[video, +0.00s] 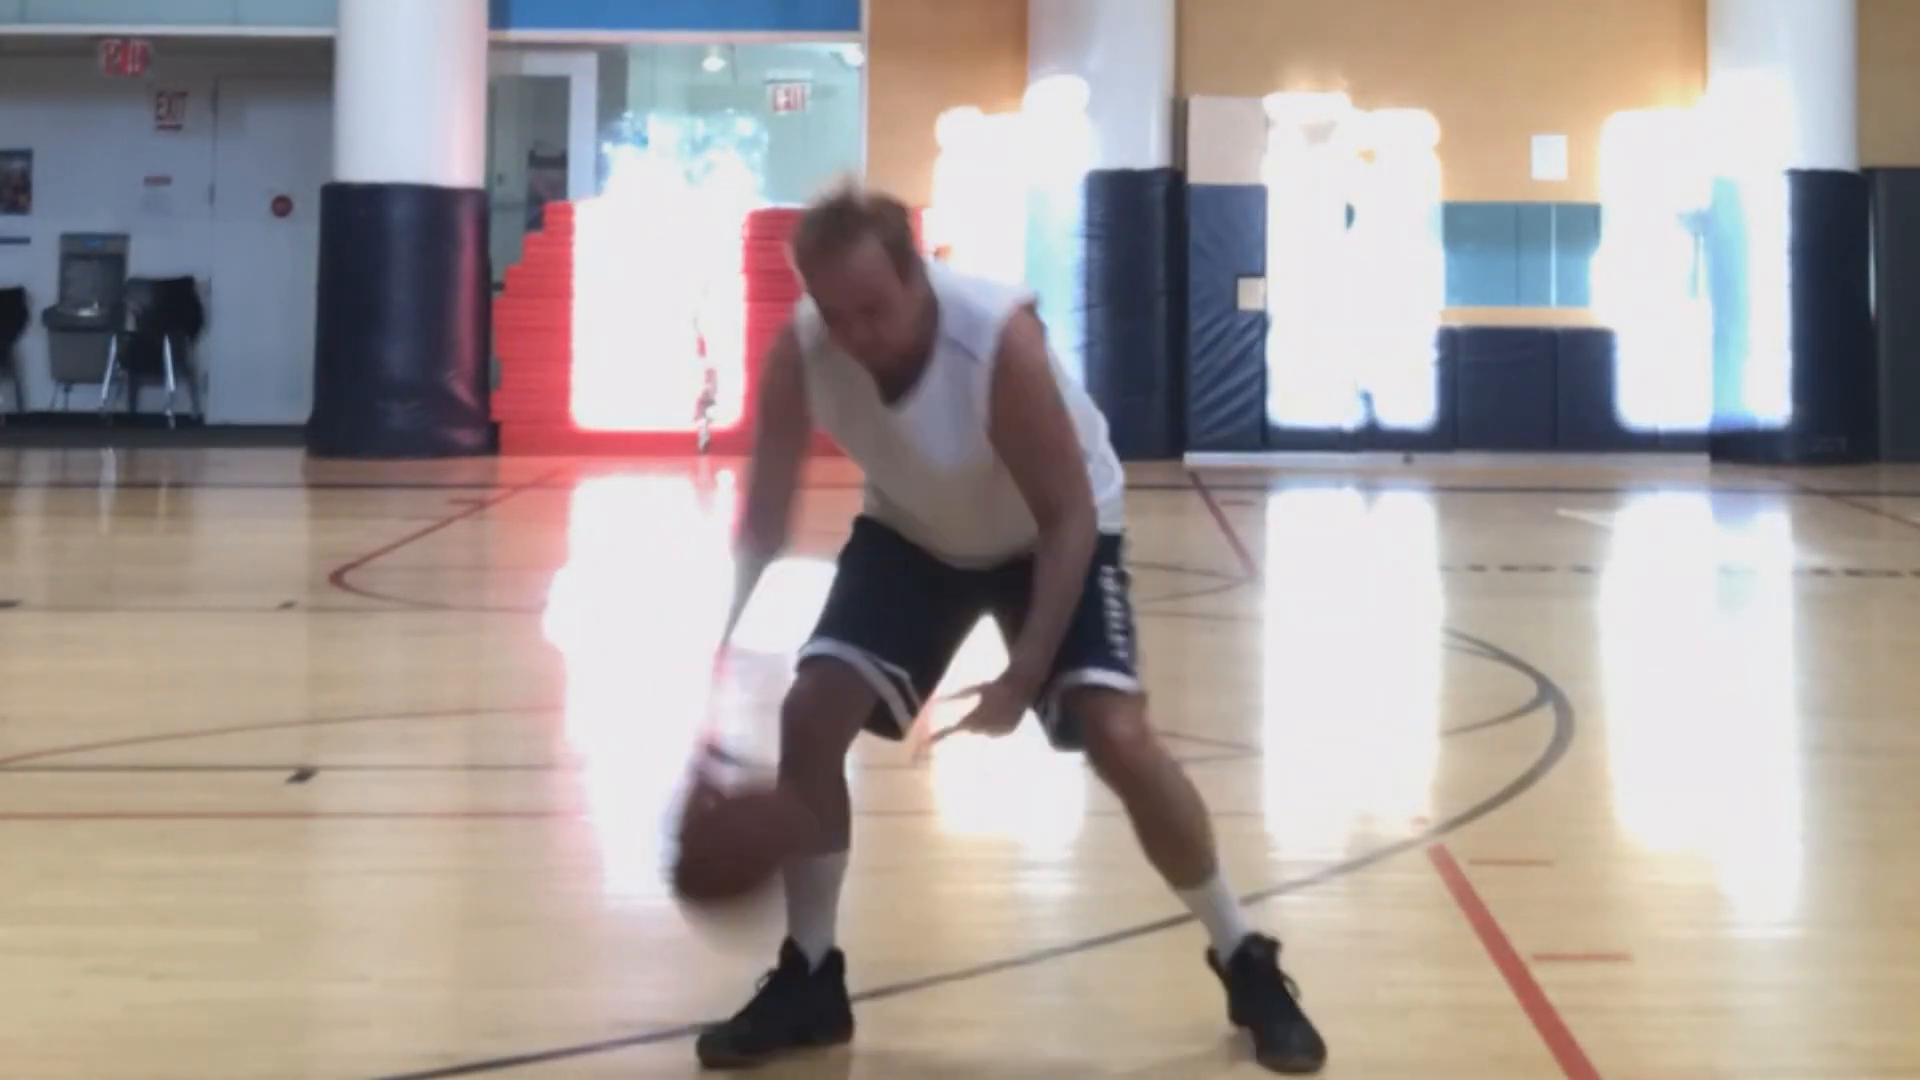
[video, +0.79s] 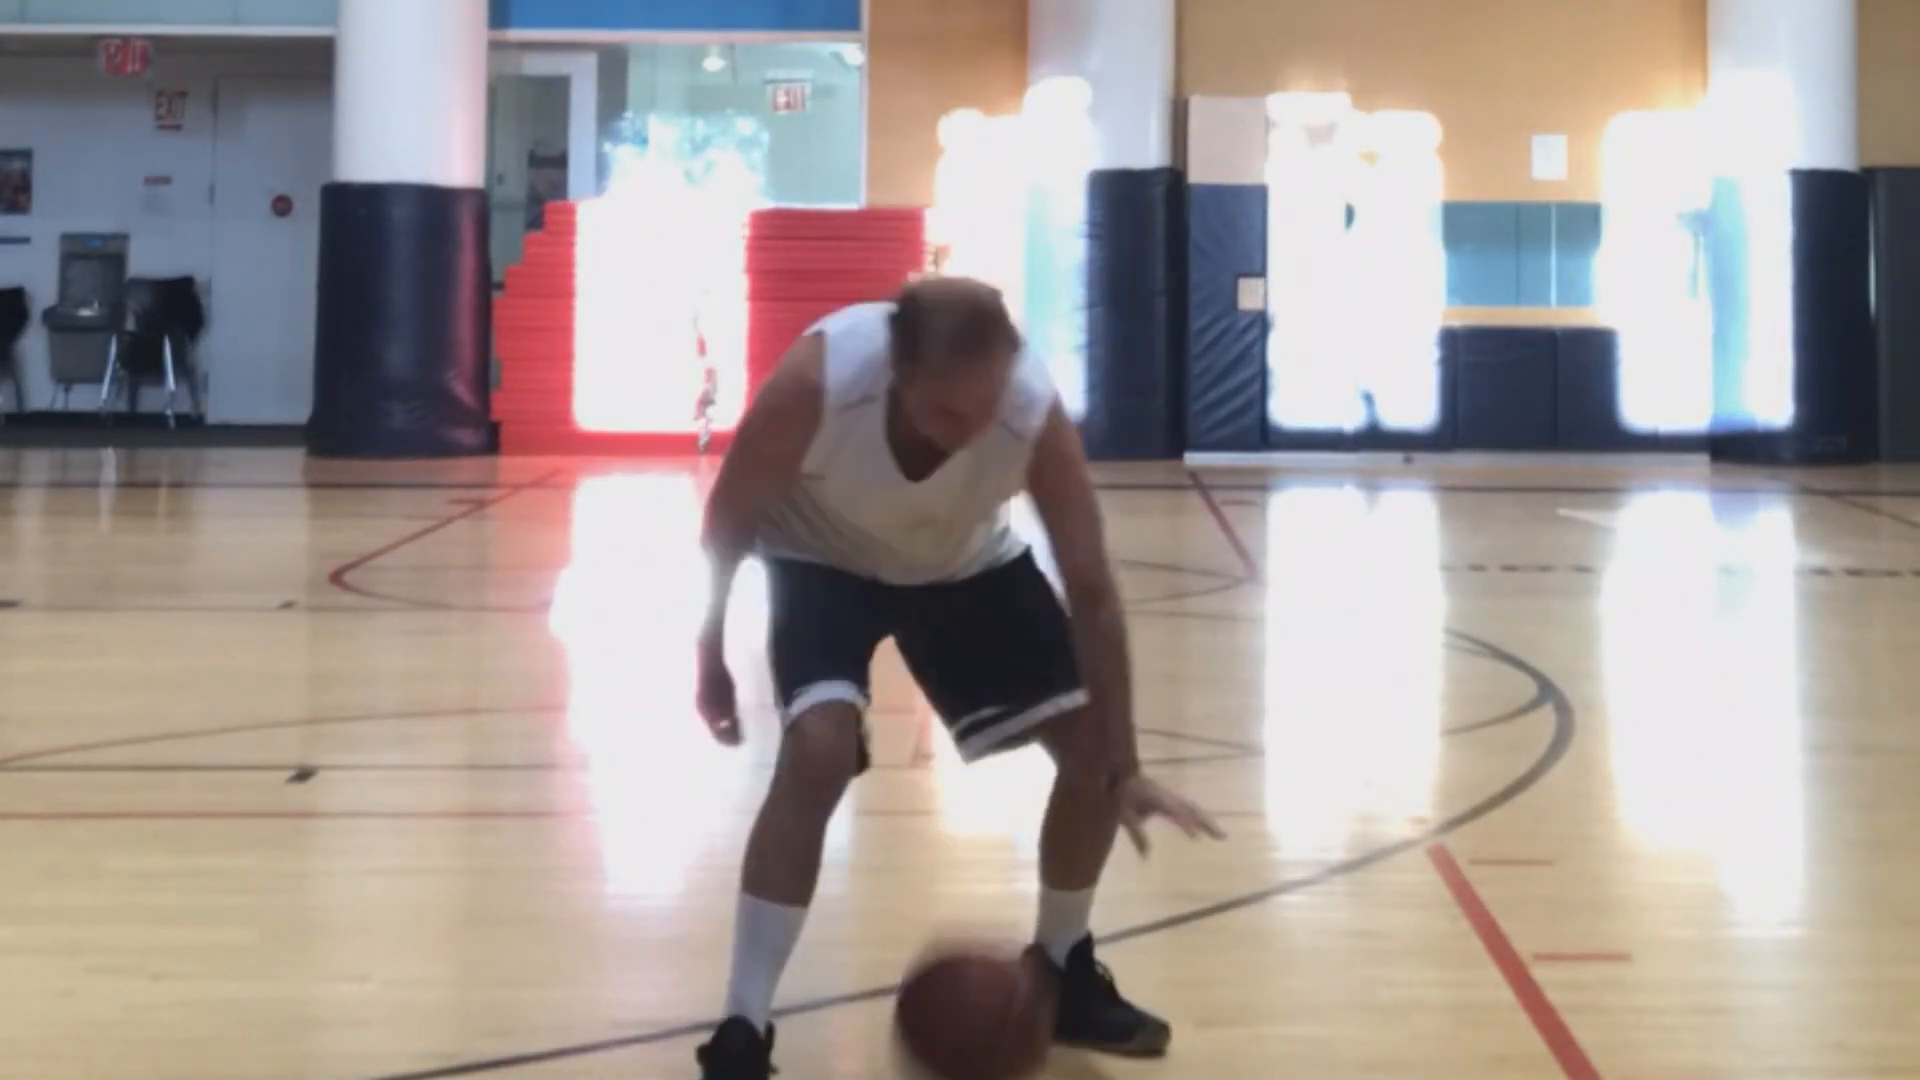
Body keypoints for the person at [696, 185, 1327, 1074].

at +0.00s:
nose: (855, 333)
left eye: (871, 309)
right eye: (834, 316)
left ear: (917, 276)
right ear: (811, 301)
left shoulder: (999, 339)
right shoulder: (802, 353)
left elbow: (1070, 518)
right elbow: (764, 520)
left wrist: (1027, 670)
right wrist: (718, 656)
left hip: (1050, 531)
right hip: (912, 533)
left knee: (1120, 741)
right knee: (810, 717)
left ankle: (1245, 962)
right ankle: (811, 980)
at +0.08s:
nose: (929, 549)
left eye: (945, 531)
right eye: (908, 538)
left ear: (971, 477)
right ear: (861, 492)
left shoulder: (1055, 492)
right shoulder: (817, 489)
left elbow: (1163, 594)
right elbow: (838, 640)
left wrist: (1203, 767)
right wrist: (880, 809)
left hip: (1062, 590)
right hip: (920, 606)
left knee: (1019, 761)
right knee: (755, 772)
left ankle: (1098, 1053)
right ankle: (805, 987)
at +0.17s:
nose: (916, 469)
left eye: (935, 442)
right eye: (889, 447)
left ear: (966, 422)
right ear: (856, 436)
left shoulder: (1041, 515)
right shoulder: (810, 494)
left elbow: (1126, 646)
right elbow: (799, 658)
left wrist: (1163, 800)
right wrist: (848, 834)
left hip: (1034, 642)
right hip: (890, 658)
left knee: (991, 769)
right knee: (698, 809)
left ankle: (1089, 1054)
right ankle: (792, 988)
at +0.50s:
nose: (919, 482)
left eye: (941, 457)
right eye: (895, 457)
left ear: (972, 438)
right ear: (861, 436)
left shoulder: (1023, 506)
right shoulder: (808, 487)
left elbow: (1097, 666)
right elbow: (778, 643)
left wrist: (1087, 829)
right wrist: (811, 804)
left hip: (1008, 654)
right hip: (870, 662)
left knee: (974, 776)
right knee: (682, 828)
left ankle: (1088, 1054)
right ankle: (777, 983)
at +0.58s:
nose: (1023, 379)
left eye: (1045, 355)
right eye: (1002, 355)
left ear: (1071, 336)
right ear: (958, 333)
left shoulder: (1107, 408)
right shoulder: (893, 391)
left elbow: (1147, 594)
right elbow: (876, 603)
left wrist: (1162, 738)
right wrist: (963, 615)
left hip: (1057, 604)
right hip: (925, 599)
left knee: (1031, 777)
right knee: (830, 779)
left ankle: (1095, 1051)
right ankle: (746, 964)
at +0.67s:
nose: (1002, 308)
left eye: (1023, 286)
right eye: (981, 284)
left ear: (1046, 271)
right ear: (934, 260)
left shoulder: (1071, 353)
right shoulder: (851, 317)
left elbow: (1136, 488)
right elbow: (730, 453)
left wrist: (1268, 588)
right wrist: (695, 617)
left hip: (983, 547)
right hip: (838, 543)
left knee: (1067, 762)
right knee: (840, 757)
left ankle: (1042, 981)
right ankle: (756, 1036)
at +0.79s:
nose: (968, 430)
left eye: (986, 413)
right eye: (948, 414)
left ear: (1003, 374)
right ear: (898, 371)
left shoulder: (1036, 413)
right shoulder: (819, 379)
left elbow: (1092, 592)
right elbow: (729, 514)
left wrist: (1125, 766)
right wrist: (711, 645)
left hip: (971, 556)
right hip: (823, 557)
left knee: (1095, 752)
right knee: (821, 750)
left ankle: (1060, 967)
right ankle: (742, 1027)